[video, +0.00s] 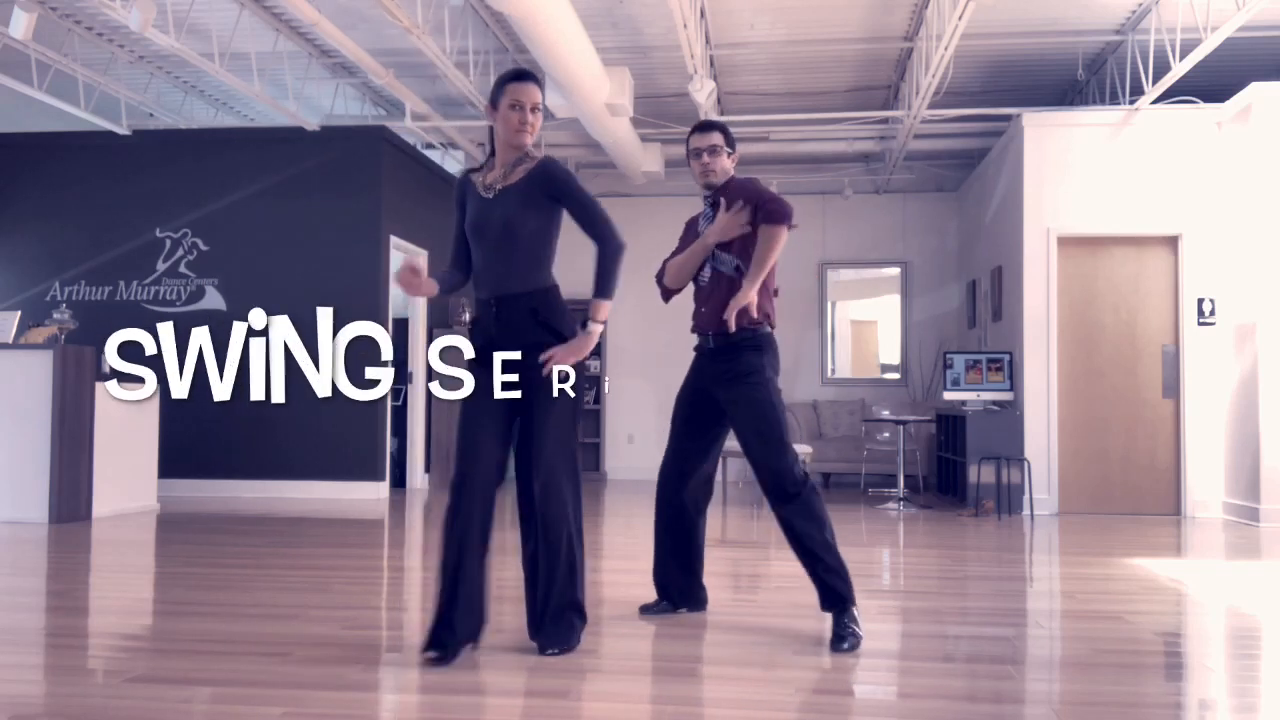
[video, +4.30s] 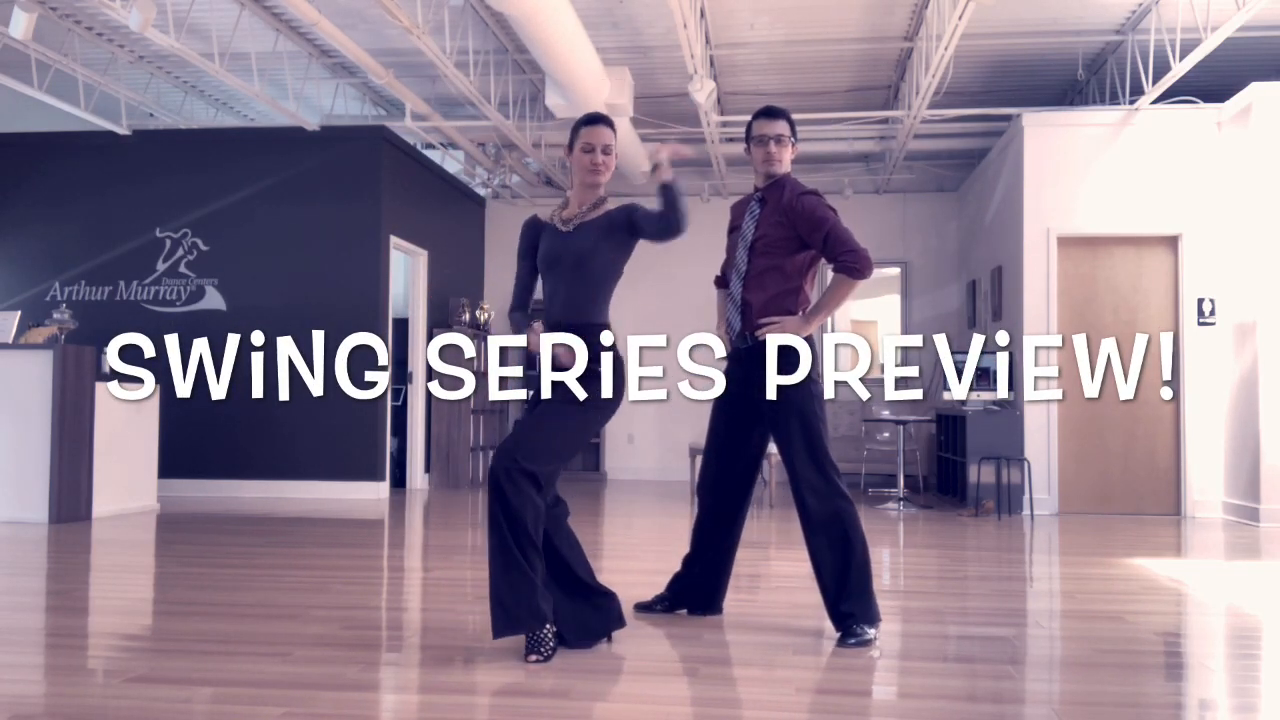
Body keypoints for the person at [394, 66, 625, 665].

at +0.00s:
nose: (528, 118)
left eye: (536, 110)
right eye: (517, 108)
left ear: (543, 119)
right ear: (492, 114)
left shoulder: (550, 174)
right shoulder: (470, 184)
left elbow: (610, 241)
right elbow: (459, 270)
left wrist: (590, 332)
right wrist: (432, 284)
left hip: (547, 333)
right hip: (487, 335)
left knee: (546, 481)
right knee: (473, 482)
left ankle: (558, 625)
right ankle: (455, 628)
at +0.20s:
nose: (545, 129)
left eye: (554, 120)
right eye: (534, 119)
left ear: (562, 130)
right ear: (511, 127)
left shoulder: (570, 182)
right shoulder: (492, 199)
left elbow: (638, 233)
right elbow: (479, 278)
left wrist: (595, 297)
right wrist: (465, 330)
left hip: (557, 347)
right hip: (502, 350)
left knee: (544, 480)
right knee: (500, 485)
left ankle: (566, 617)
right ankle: (538, 611)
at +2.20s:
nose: (576, 162)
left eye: (584, 153)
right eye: (565, 152)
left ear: (592, 162)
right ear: (541, 157)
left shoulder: (589, 212)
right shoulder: (516, 226)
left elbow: (621, 269)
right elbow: (499, 310)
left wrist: (583, 325)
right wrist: (490, 386)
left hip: (558, 371)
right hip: (514, 371)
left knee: (476, 451)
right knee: (496, 484)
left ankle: (503, 605)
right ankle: (546, 608)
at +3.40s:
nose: (575, 137)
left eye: (584, 129)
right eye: (566, 128)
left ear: (594, 140)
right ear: (548, 137)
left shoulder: (597, 198)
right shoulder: (533, 212)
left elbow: (634, 244)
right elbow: (509, 285)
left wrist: (584, 292)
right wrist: (492, 338)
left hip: (567, 352)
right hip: (523, 351)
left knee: (521, 472)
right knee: (511, 474)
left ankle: (551, 614)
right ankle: (539, 613)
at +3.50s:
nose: (577, 138)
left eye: (587, 130)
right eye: (568, 128)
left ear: (598, 142)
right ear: (551, 138)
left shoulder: (601, 200)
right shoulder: (532, 205)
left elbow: (644, 221)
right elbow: (493, 277)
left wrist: (570, 221)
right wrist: (496, 300)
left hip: (575, 349)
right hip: (532, 347)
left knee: (520, 469)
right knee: (523, 475)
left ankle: (551, 619)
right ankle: (585, 599)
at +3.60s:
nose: (582, 156)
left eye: (592, 149)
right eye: (574, 145)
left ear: (602, 150)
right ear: (554, 140)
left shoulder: (606, 203)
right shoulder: (529, 209)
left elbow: (664, 174)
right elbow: (472, 279)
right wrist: (519, 256)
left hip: (578, 350)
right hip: (535, 349)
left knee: (517, 463)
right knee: (544, 478)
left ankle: (548, 614)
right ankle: (593, 607)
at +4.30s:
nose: (598, 158)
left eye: (607, 151)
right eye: (589, 149)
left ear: (615, 162)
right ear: (569, 157)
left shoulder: (622, 216)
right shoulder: (539, 227)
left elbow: (671, 226)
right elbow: (519, 303)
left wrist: (666, 177)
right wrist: (527, 325)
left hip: (595, 369)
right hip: (547, 368)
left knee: (512, 466)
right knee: (533, 490)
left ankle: (535, 615)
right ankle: (587, 609)